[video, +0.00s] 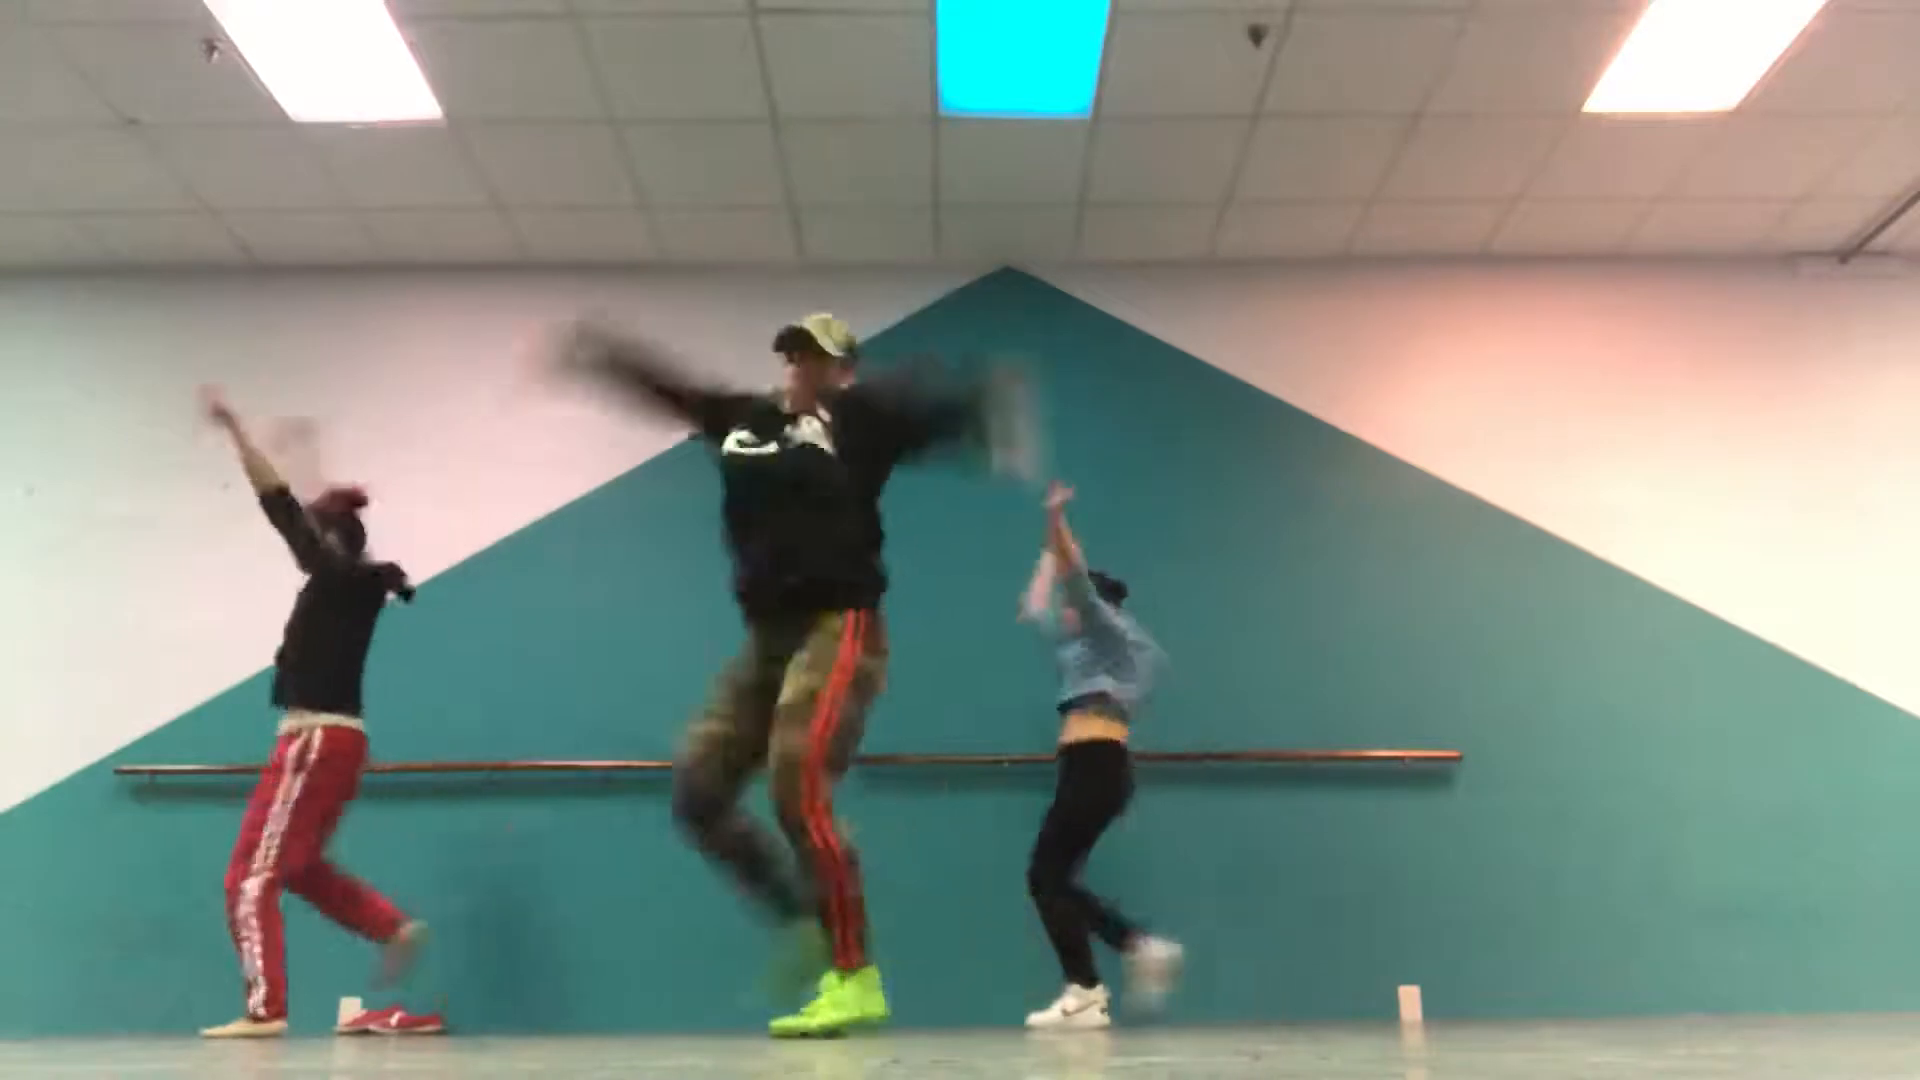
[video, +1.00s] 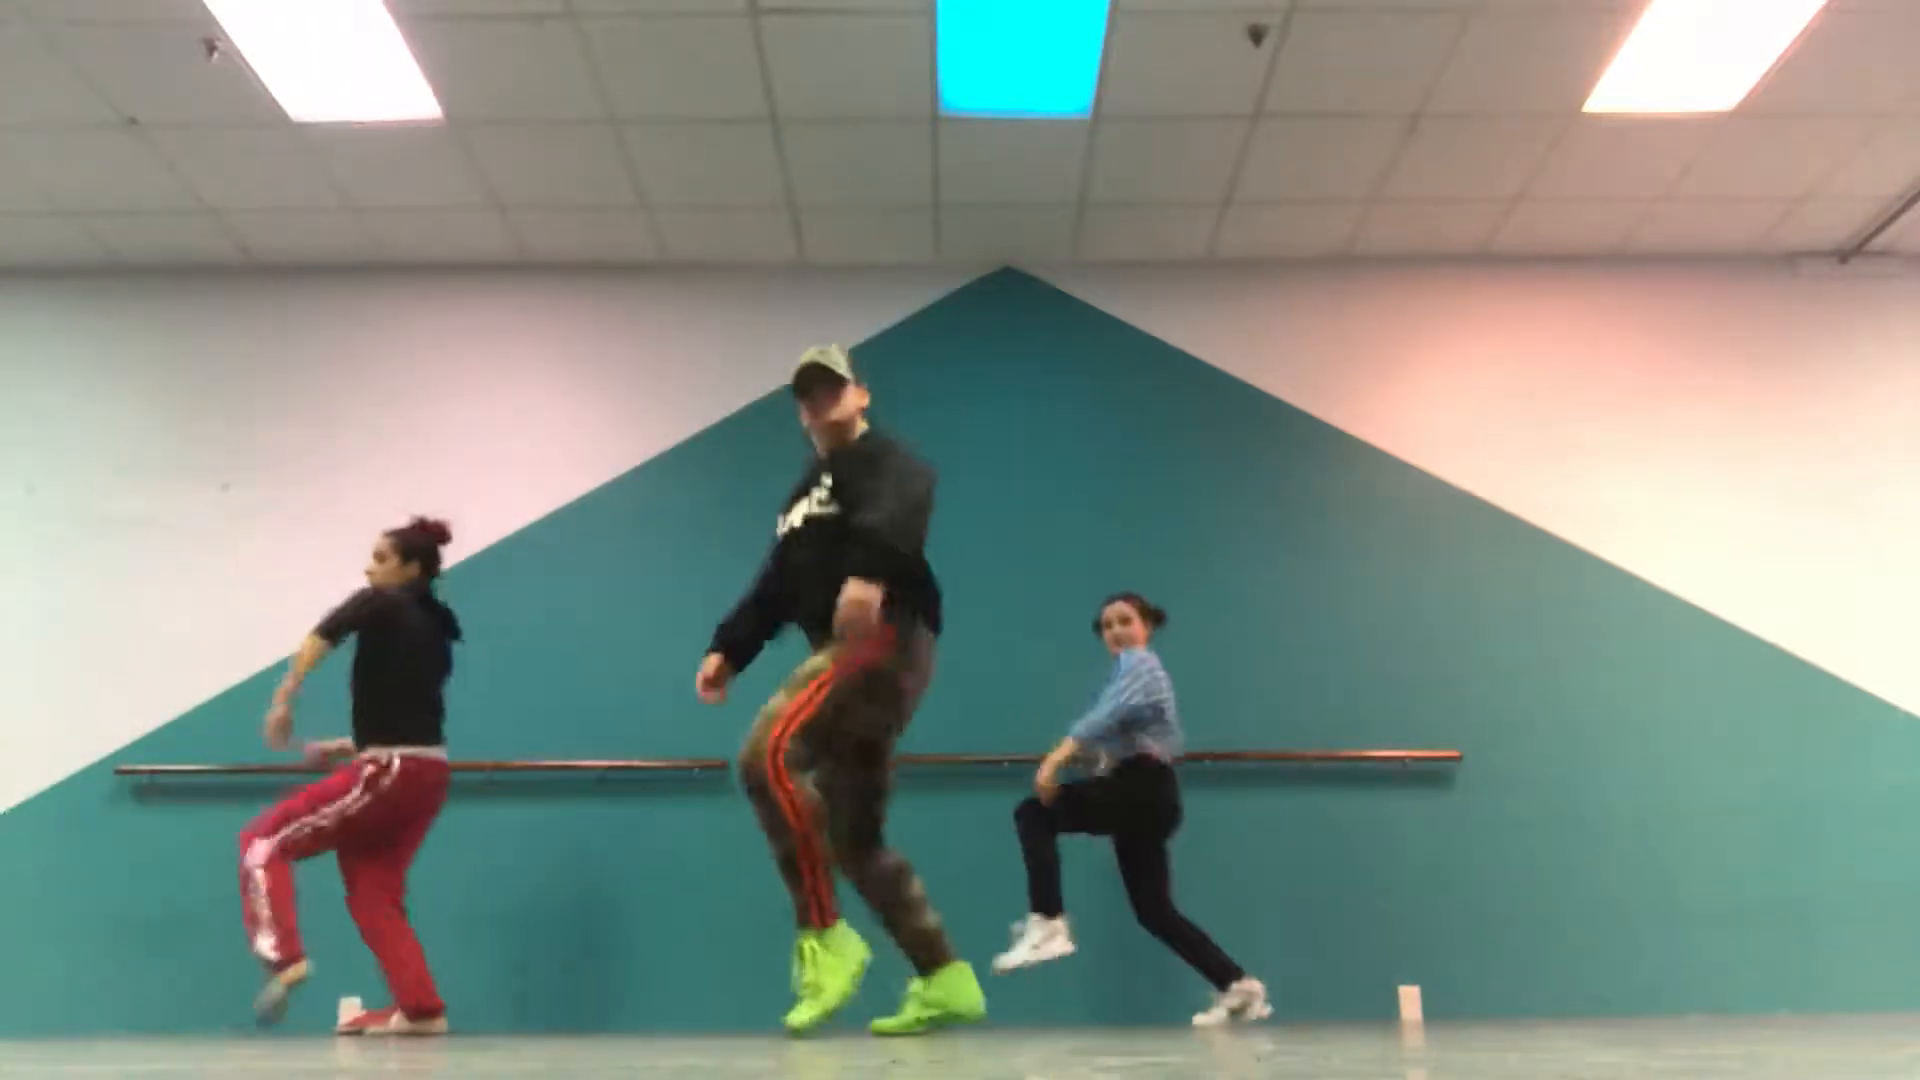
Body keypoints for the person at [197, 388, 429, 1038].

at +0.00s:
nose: (306, 537)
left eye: (315, 528)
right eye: (309, 528)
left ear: (330, 533)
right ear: (355, 533)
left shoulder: (339, 575)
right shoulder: (350, 579)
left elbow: (281, 507)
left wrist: (233, 428)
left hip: (314, 742)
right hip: (334, 742)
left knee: (251, 878)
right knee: (298, 866)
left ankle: (264, 1011)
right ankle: (394, 929)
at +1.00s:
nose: (370, 567)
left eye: (381, 560)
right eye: (373, 558)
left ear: (413, 568)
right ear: (414, 570)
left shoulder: (380, 602)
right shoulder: (431, 619)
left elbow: (318, 641)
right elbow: (413, 717)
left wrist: (283, 701)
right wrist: (346, 746)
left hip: (389, 770)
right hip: (426, 772)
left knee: (263, 839)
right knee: (373, 899)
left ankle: (283, 959)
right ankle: (420, 1009)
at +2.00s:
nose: (316, 535)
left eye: (325, 526)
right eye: (318, 525)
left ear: (357, 531)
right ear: (365, 534)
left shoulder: (336, 574)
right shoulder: (392, 584)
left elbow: (275, 615)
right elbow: (406, 664)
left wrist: (226, 669)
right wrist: (401, 733)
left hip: (337, 727)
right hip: (362, 730)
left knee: (350, 859)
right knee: (241, 829)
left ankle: (411, 997)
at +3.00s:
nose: (318, 533)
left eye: (316, 524)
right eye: (307, 522)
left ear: (280, 532)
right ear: (274, 529)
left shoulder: (283, 588)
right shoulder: (263, 581)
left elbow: (298, 675)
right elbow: (281, 676)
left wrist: (323, 713)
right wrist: (325, 719)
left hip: (259, 751)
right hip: (224, 744)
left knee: (289, 876)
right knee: (214, 873)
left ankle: (233, 1009)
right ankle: (141, 1013)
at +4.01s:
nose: (474, 579)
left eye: (473, 569)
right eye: (468, 569)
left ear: (442, 572)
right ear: (442, 570)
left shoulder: (446, 631)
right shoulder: (395, 618)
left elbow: (429, 705)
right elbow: (353, 694)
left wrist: (455, 752)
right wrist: (339, 762)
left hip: (418, 764)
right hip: (389, 760)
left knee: (452, 878)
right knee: (419, 884)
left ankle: (352, 954)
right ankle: (372, 1009)